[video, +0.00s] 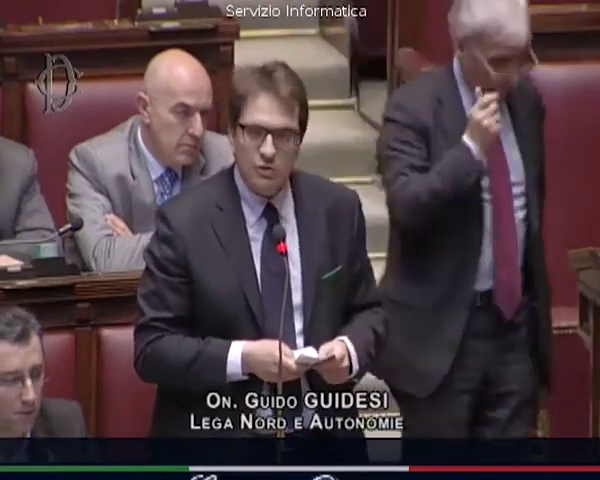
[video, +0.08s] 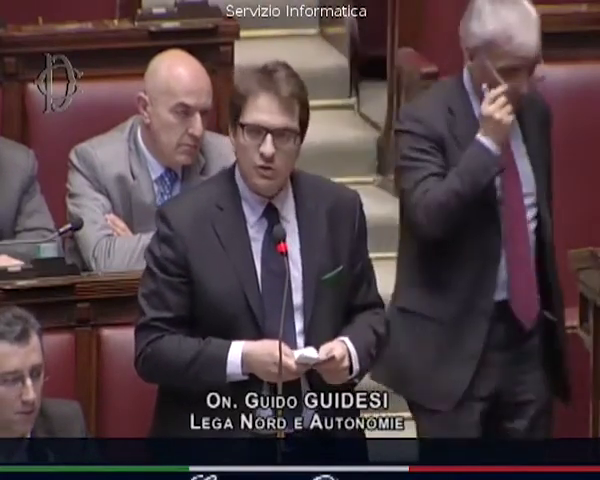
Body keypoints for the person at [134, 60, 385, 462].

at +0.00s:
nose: (268, 150)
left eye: (283, 135)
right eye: (254, 132)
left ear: (301, 138)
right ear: (233, 133)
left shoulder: (339, 208)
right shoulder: (182, 220)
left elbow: (370, 310)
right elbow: (152, 349)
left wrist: (351, 349)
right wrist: (242, 357)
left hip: (321, 437)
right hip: (215, 440)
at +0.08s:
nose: (268, 150)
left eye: (283, 135)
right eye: (254, 132)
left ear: (301, 139)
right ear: (233, 133)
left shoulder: (340, 208)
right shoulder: (183, 219)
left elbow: (371, 313)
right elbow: (153, 349)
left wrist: (350, 351)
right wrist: (242, 357)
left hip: (321, 436)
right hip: (215, 439)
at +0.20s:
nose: (268, 150)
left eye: (284, 135)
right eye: (254, 132)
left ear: (302, 139)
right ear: (234, 134)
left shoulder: (342, 208)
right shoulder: (184, 219)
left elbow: (372, 314)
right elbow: (154, 349)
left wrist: (350, 352)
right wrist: (243, 357)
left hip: (323, 439)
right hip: (216, 443)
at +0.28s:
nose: (269, 151)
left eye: (284, 136)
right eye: (255, 132)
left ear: (303, 139)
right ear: (234, 133)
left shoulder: (343, 208)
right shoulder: (185, 219)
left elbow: (373, 313)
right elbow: (155, 349)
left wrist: (351, 352)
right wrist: (244, 357)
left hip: (324, 439)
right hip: (218, 441)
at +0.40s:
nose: (270, 151)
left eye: (285, 137)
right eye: (256, 133)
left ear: (304, 140)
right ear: (236, 134)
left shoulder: (345, 209)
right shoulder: (186, 219)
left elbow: (375, 314)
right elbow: (155, 348)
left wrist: (351, 353)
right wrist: (245, 357)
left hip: (325, 440)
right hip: (218, 443)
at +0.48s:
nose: (271, 152)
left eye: (286, 137)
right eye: (257, 134)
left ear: (305, 140)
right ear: (237, 133)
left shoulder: (346, 209)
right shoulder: (187, 219)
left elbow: (376, 314)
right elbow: (156, 348)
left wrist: (352, 353)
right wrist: (246, 357)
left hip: (326, 439)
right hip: (219, 442)